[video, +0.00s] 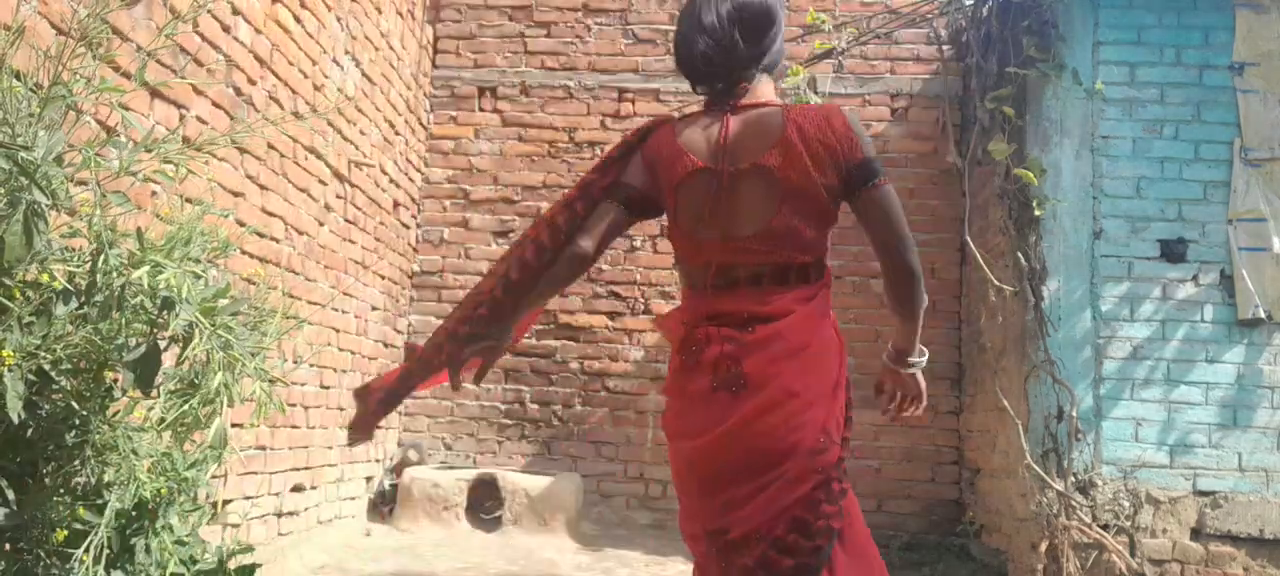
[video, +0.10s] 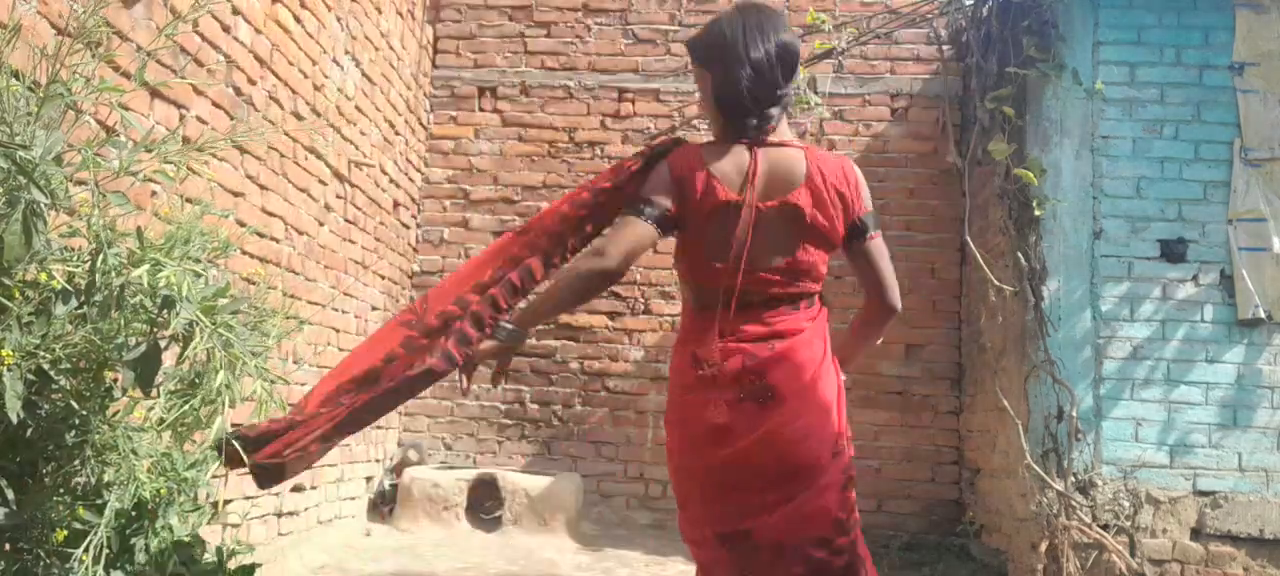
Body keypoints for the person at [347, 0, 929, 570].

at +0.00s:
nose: (787, 46)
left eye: (776, 39)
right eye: (781, 39)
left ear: (694, 62)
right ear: (771, 51)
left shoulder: (662, 146)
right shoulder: (827, 130)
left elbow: (573, 254)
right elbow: (904, 269)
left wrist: (493, 328)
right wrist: (907, 355)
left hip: (699, 375)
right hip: (796, 366)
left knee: (716, 547)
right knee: (807, 544)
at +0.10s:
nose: (697, 94)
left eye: (699, 81)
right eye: (697, 79)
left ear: (716, 85)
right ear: (782, 80)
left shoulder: (683, 169)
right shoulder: (837, 174)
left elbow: (608, 261)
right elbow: (885, 301)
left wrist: (516, 325)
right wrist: (834, 361)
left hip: (705, 378)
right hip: (799, 372)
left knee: (719, 556)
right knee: (827, 552)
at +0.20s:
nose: (705, 123)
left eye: (716, 110)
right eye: (706, 108)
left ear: (758, 113)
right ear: (780, 114)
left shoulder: (719, 188)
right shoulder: (827, 200)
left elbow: (678, 282)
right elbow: (840, 321)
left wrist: (582, 312)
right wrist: (771, 321)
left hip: (712, 392)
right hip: (795, 396)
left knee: (715, 556)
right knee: (806, 554)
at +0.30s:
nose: (724, 133)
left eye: (742, 121)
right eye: (720, 118)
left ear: (788, 129)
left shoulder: (754, 190)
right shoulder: (798, 204)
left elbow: (771, 284)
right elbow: (792, 314)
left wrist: (683, 276)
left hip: (736, 389)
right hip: (783, 384)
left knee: (725, 552)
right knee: (765, 547)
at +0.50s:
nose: (739, 129)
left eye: (756, 116)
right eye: (727, 116)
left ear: (787, 125)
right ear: (715, 124)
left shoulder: (815, 191)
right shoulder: (708, 202)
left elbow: (845, 289)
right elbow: (693, 302)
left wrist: (812, 201)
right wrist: (661, 339)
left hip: (767, 377)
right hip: (697, 377)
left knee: (751, 525)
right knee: (682, 523)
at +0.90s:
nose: (714, 184)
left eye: (726, 175)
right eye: (703, 172)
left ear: (743, 182)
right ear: (684, 176)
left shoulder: (752, 251)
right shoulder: (659, 233)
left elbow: (813, 305)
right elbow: (620, 316)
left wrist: (805, 240)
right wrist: (686, 355)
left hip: (738, 393)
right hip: (673, 392)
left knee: (736, 520)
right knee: (676, 519)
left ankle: (735, 575)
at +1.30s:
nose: (696, 207)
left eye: (706, 196)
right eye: (684, 196)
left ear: (721, 198)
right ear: (666, 194)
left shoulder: (734, 247)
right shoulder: (647, 243)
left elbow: (802, 231)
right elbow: (619, 322)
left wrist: (762, 211)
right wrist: (686, 361)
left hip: (715, 386)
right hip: (658, 388)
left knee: (708, 489)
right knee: (658, 493)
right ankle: (655, 570)